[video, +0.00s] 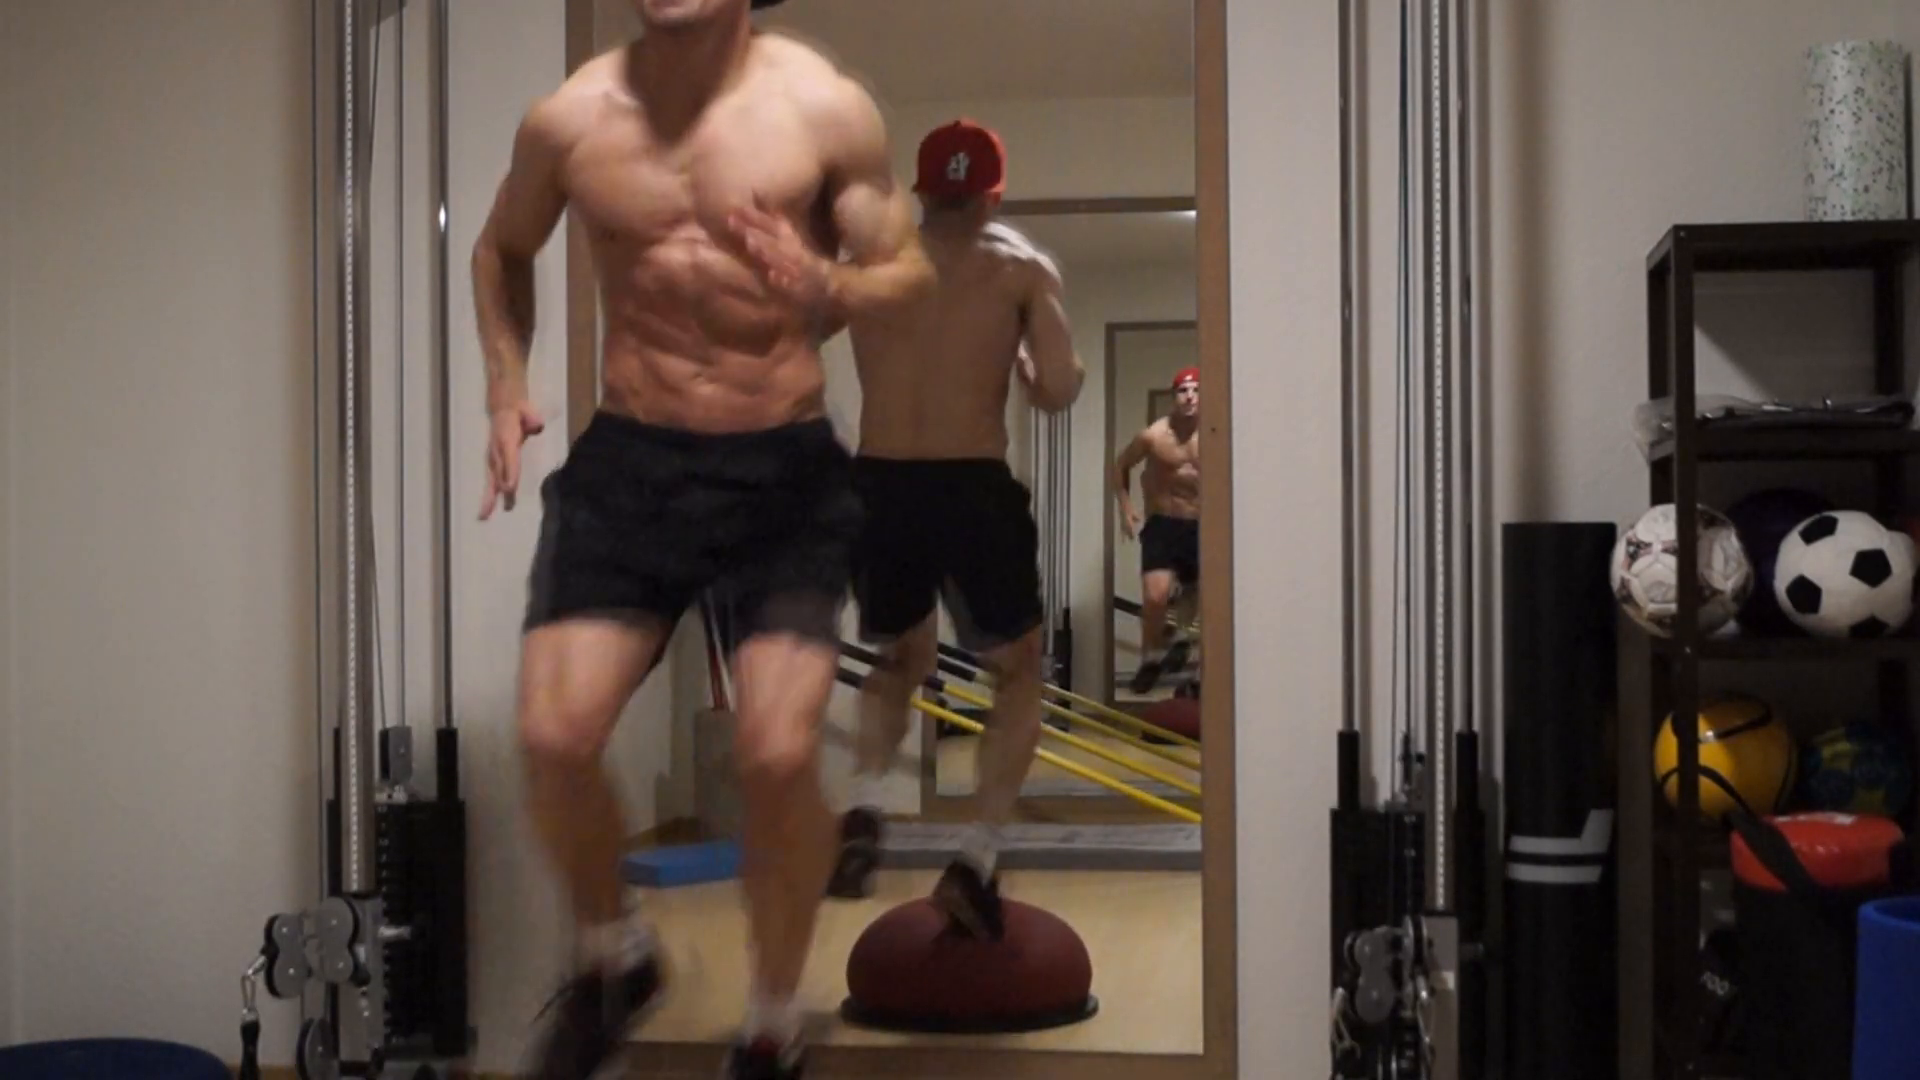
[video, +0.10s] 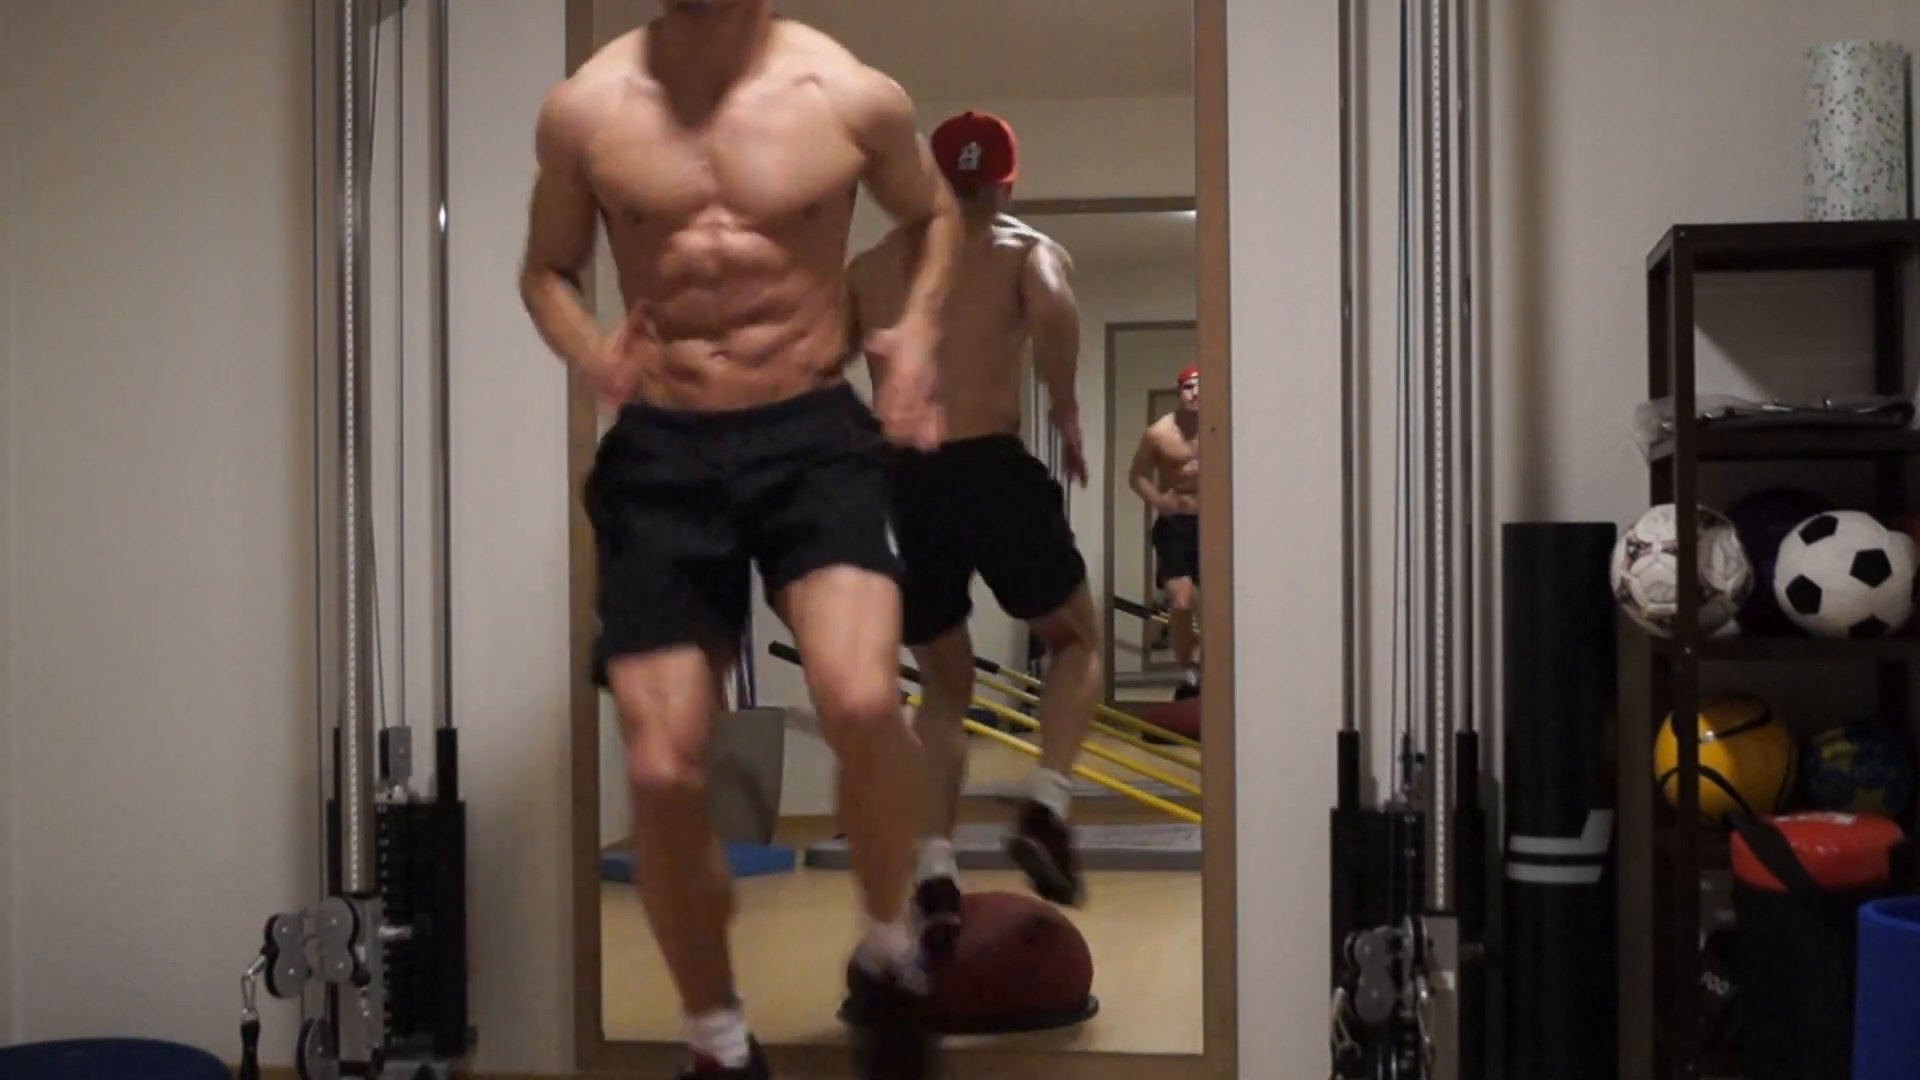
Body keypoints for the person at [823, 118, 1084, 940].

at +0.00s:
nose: (983, 205)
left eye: (967, 194)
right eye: (986, 194)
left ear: (919, 188)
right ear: (996, 192)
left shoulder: (875, 258)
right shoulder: (1024, 266)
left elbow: (805, 331)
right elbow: (1058, 385)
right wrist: (1021, 365)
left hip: (882, 489)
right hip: (977, 494)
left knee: (900, 658)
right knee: (1019, 675)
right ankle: (978, 853)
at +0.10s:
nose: (1003, 191)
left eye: (979, 177)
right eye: (1005, 179)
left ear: (937, 177)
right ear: (1009, 180)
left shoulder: (880, 261)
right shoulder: (1028, 249)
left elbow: (823, 349)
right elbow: (1050, 309)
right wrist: (1065, 410)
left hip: (906, 479)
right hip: (995, 472)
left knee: (945, 674)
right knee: (1072, 639)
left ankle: (934, 867)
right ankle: (1050, 798)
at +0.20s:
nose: (1016, 202)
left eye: (994, 185)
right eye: (1018, 189)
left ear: (941, 183)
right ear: (1015, 189)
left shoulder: (884, 268)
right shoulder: (1043, 264)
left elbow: (847, 372)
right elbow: (1072, 383)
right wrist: (1090, 440)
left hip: (915, 500)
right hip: (1013, 496)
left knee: (955, 684)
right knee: (1081, 693)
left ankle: (913, 864)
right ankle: (1102, 879)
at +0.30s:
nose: (1012, 251)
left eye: (998, 235)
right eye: (1023, 237)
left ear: (957, 234)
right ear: (1031, 236)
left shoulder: (922, 310)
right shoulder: (1068, 321)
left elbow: (875, 418)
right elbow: (1112, 448)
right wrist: (1059, 441)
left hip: (938, 560)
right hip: (1042, 558)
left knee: (913, 769)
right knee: (1079, 775)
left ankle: (924, 961)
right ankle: (1102, 976)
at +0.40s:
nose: (1010, 231)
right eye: (1022, 217)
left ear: (952, 214)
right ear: (1027, 220)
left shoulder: (915, 291)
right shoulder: (1058, 302)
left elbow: (856, 388)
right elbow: (1108, 421)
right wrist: (1053, 428)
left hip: (926, 527)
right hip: (1027, 528)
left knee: (933, 758)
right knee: (1075, 752)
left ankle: (948, 945)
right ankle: (1106, 949)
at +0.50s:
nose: (1005, 185)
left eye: (982, 171)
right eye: (1006, 174)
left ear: (935, 171)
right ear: (1006, 178)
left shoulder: (877, 255)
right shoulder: (1029, 246)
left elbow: (824, 343)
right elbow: (1080, 313)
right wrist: (1080, 408)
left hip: (904, 478)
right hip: (1001, 473)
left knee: (929, 677)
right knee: (1046, 658)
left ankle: (947, 869)